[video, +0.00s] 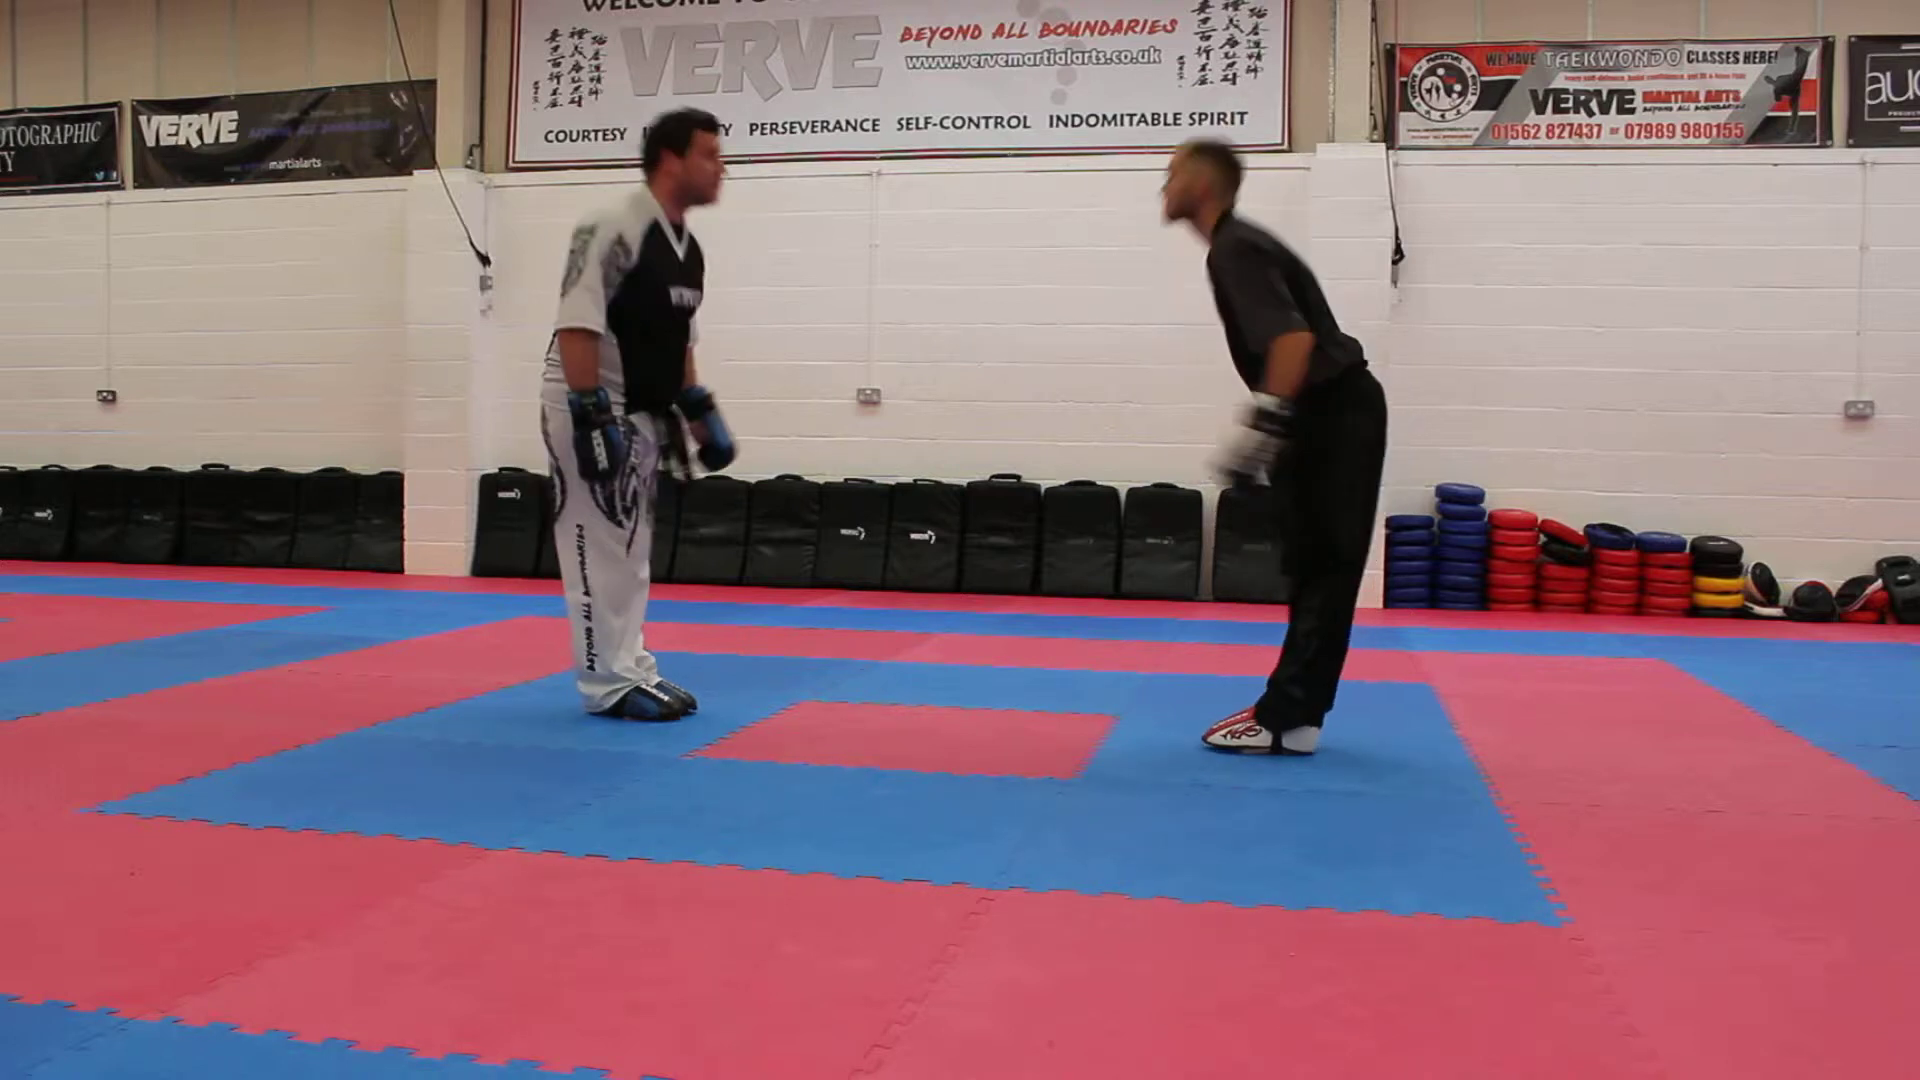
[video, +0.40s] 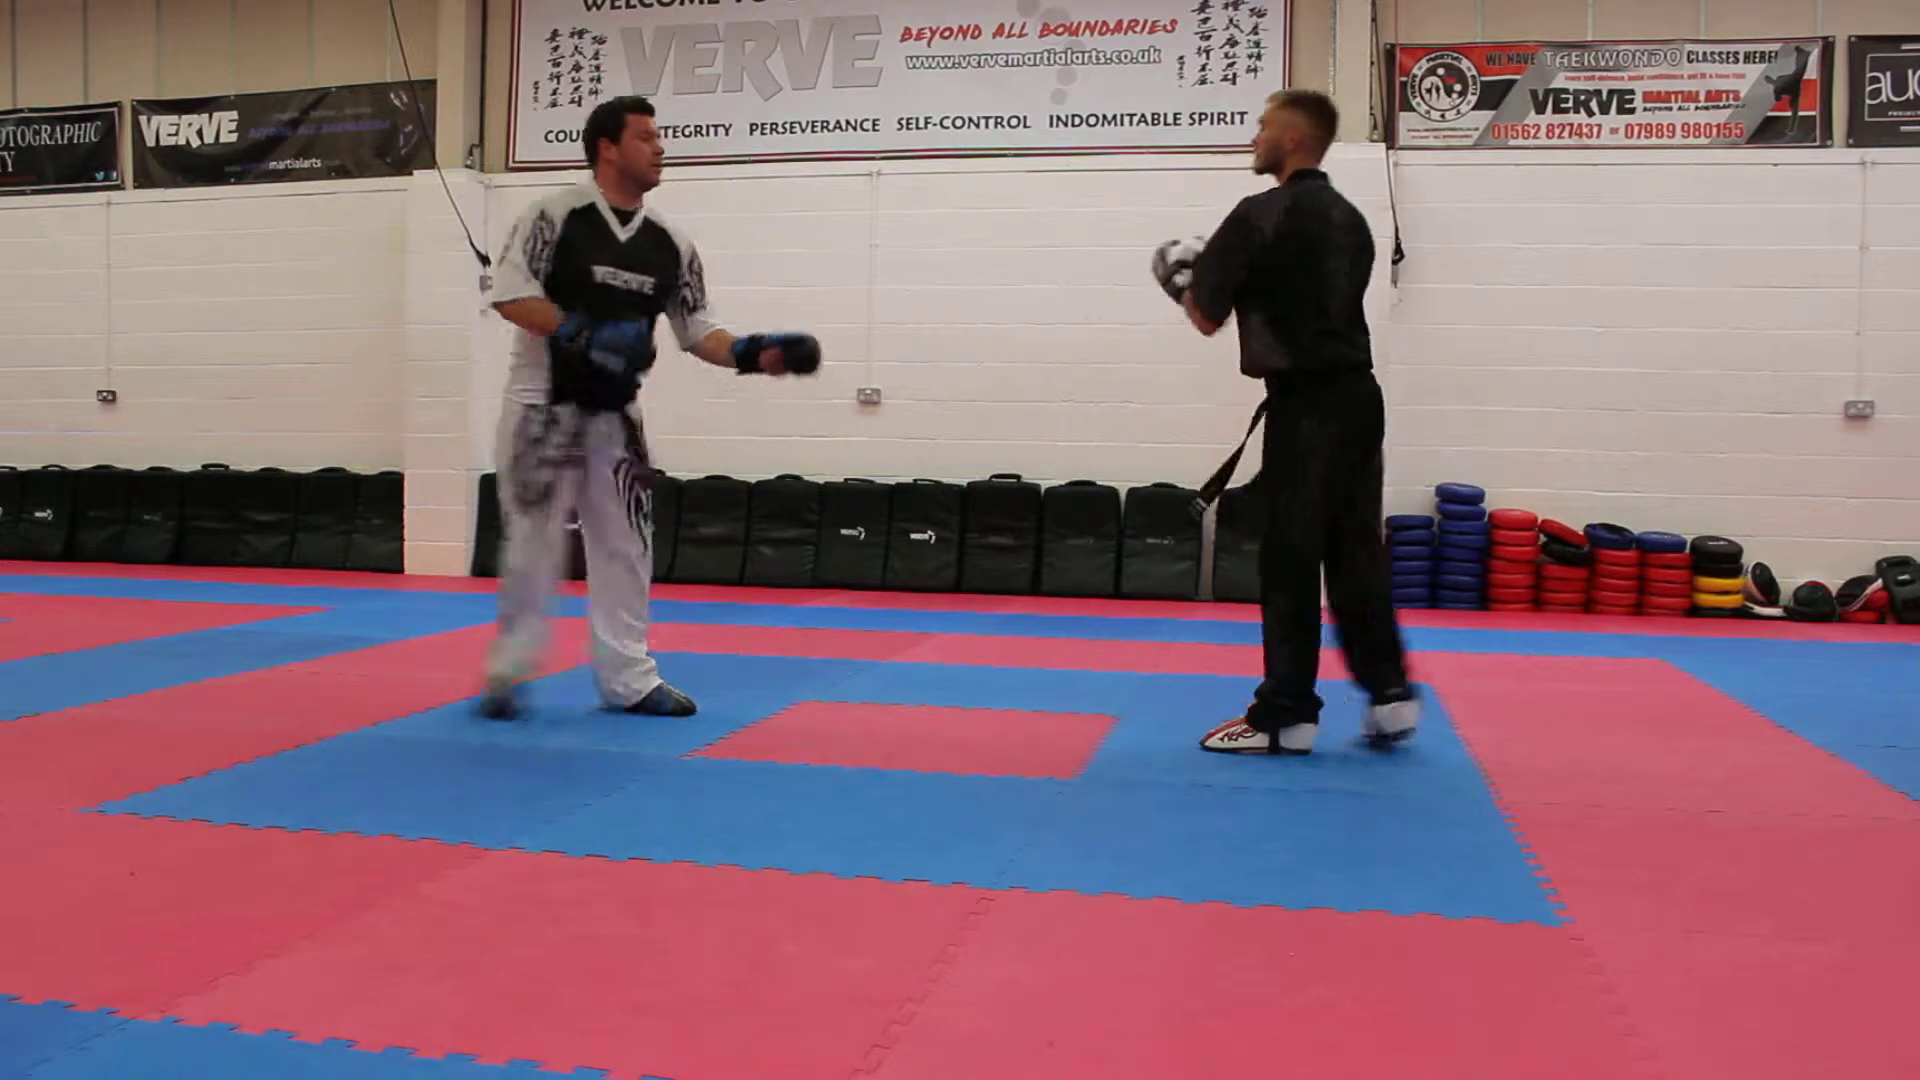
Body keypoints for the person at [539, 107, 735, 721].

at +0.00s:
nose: (721, 168)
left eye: (720, 157)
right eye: (710, 156)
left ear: (685, 164)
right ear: (671, 160)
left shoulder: (687, 249)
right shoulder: (610, 228)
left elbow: (674, 340)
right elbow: (576, 328)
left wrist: (699, 413)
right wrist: (594, 418)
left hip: (642, 413)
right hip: (592, 409)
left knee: (631, 543)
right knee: (600, 542)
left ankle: (631, 670)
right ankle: (604, 682)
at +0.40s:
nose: (660, 148)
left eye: (659, 138)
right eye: (646, 138)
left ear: (646, 152)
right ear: (606, 150)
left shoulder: (670, 247)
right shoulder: (550, 219)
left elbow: (699, 333)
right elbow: (507, 291)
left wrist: (754, 353)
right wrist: (580, 332)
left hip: (613, 416)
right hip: (540, 410)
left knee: (623, 549)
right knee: (532, 548)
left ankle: (627, 679)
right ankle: (506, 677)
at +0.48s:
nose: (643, 154)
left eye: (642, 143)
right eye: (630, 143)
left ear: (622, 154)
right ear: (588, 152)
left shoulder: (653, 248)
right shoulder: (533, 218)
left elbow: (674, 332)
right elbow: (502, 300)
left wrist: (729, 350)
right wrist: (578, 316)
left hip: (607, 419)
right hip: (529, 417)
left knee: (645, 535)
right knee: (489, 545)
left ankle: (643, 671)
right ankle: (441, 665)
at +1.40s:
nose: (593, 214)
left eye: (593, 203)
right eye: (581, 203)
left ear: (581, 208)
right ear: (539, 209)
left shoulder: (613, 294)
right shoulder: (481, 283)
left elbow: (648, 374)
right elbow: (451, 369)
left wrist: (690, 374)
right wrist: (508, 376)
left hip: (591, 460)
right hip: (506, 462)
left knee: (652, 563)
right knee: (434, 560)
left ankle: (703, 677)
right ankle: (401, 666)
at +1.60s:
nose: (504, 208)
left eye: (506, 197)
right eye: (491, 196)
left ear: (503, 204)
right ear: (453, 203)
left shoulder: (528, 282)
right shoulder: (405, 284)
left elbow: (571, 361)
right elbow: (378, 358)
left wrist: (596, 350)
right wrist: (417, 374)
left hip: (520, 444)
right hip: (447, 451)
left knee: (577, 557)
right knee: (382, 554)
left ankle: (676, 669)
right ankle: (415, 669)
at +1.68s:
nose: (466, 198)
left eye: (469, 187)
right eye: (454, 186)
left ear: (469, 194)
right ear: (415, 193)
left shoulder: (488, 266)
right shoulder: (372, 272)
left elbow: (534, 350)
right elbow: (347, 345)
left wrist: (541, 331)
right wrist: (375, 361)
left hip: (487, 424)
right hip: (420, 436)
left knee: (489, 547)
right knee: (375, 551)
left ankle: (582, 647)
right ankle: (413, 669)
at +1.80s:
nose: (411, 188)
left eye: (414, 176)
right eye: (399, 176)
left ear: (419, 180)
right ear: (362, 182)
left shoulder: (439, 250)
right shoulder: (331, 264)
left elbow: (483, 330)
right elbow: (312, 346)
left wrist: (435, 311)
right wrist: (338, 357)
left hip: (440, 411)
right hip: (380, 416)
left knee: (365, 529)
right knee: (360, 537)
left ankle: (400, 653)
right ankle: (400, 659)